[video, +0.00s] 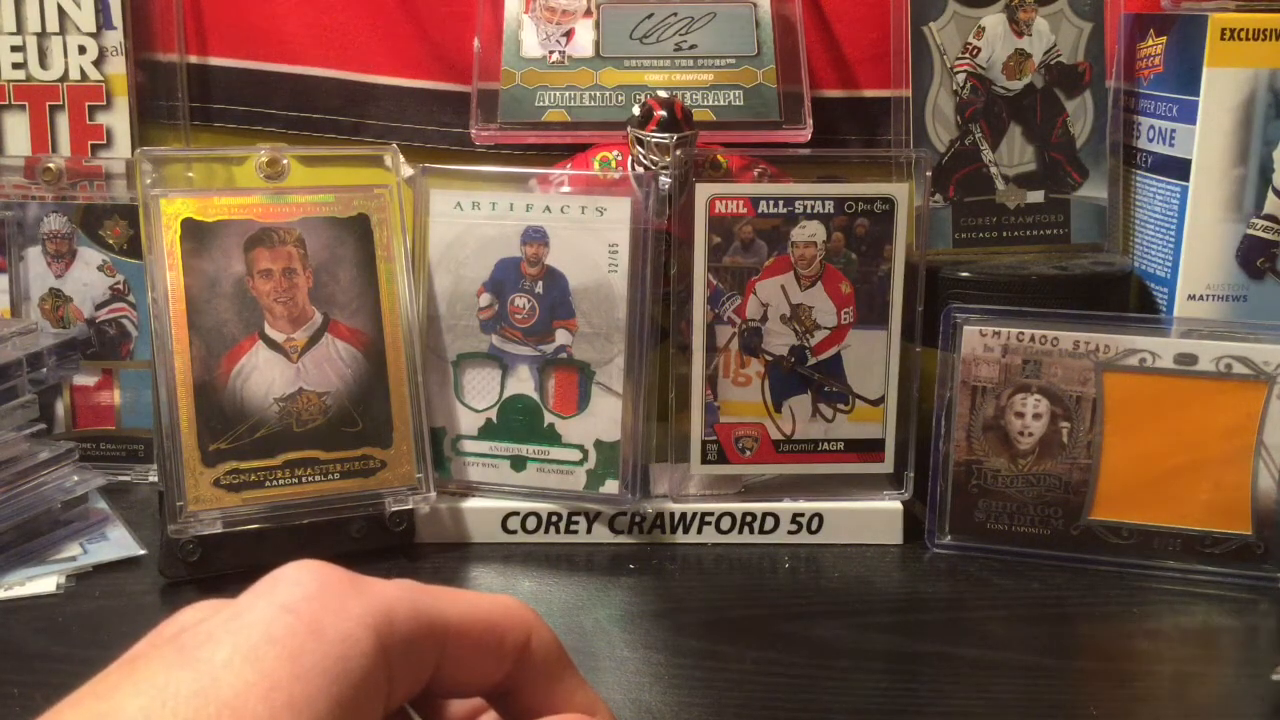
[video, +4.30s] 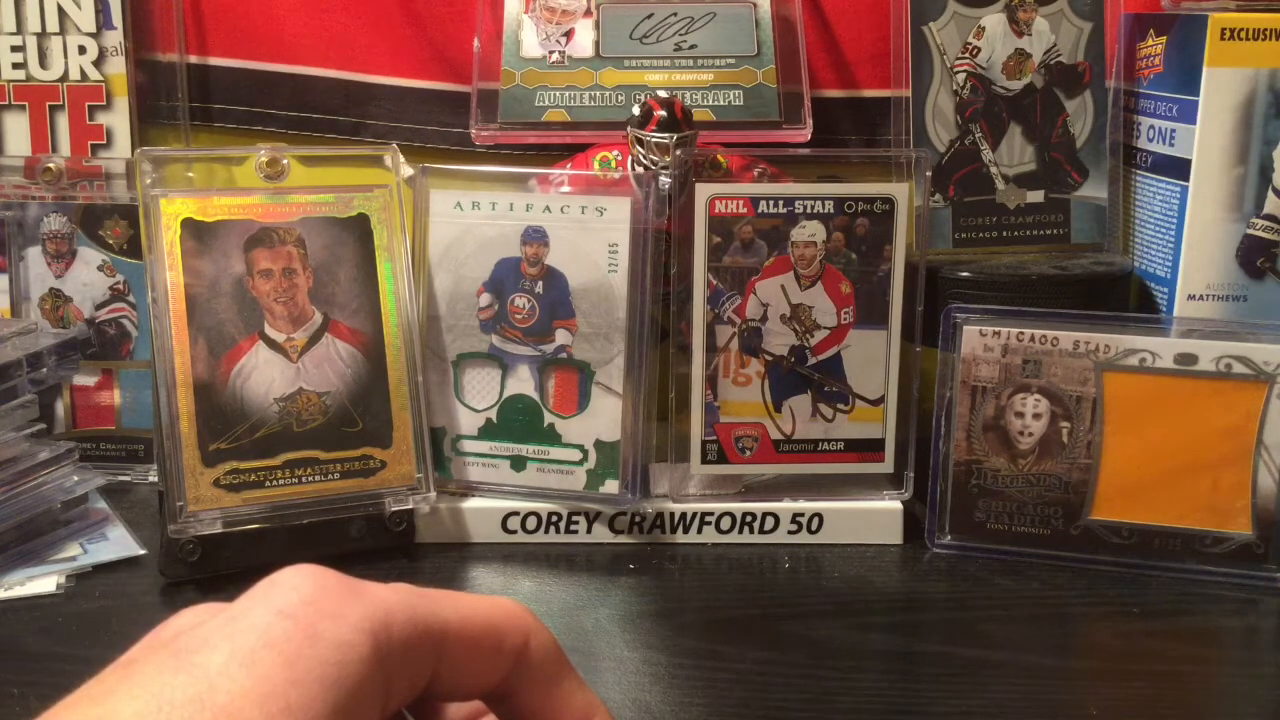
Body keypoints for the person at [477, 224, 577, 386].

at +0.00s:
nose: (534, 251)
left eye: (540, 247)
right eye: (530, 246)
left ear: (546, 250)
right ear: (522, 248)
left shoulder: (557, 280)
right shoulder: (504, 268)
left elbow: (565, 321)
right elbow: (487, 293)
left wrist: (562, 350)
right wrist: (487, 317)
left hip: (542, 353)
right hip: (503, 349)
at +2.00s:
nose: (535, 251)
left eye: (540, 247)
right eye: (530, 246)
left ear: (546, 251)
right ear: (522, 248)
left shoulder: (556, 279)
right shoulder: (505, 268)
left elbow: (565, 320)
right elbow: (487, 291)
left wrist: (562, 348)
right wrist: (486, 314)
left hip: (541, 352)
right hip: (503, 347)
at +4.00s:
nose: (534, 251)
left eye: (539, 247)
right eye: (530, 246)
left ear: (546, 250)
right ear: (522, 248)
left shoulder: (557, 280)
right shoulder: (504, 268)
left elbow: (565, 322)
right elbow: (487, 293)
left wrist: (562, 353)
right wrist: (487, 319)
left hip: (541, 353)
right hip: (503, 349)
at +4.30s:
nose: (534, 251)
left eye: (539, 247)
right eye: (530, 246)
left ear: (547, 250)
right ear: (522, 248)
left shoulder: (557, 280)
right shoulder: (504, 267)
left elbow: (565, 322)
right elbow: (487, 292)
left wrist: (561, 352)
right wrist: (487, 318)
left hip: (542, 351)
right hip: (503, 347)